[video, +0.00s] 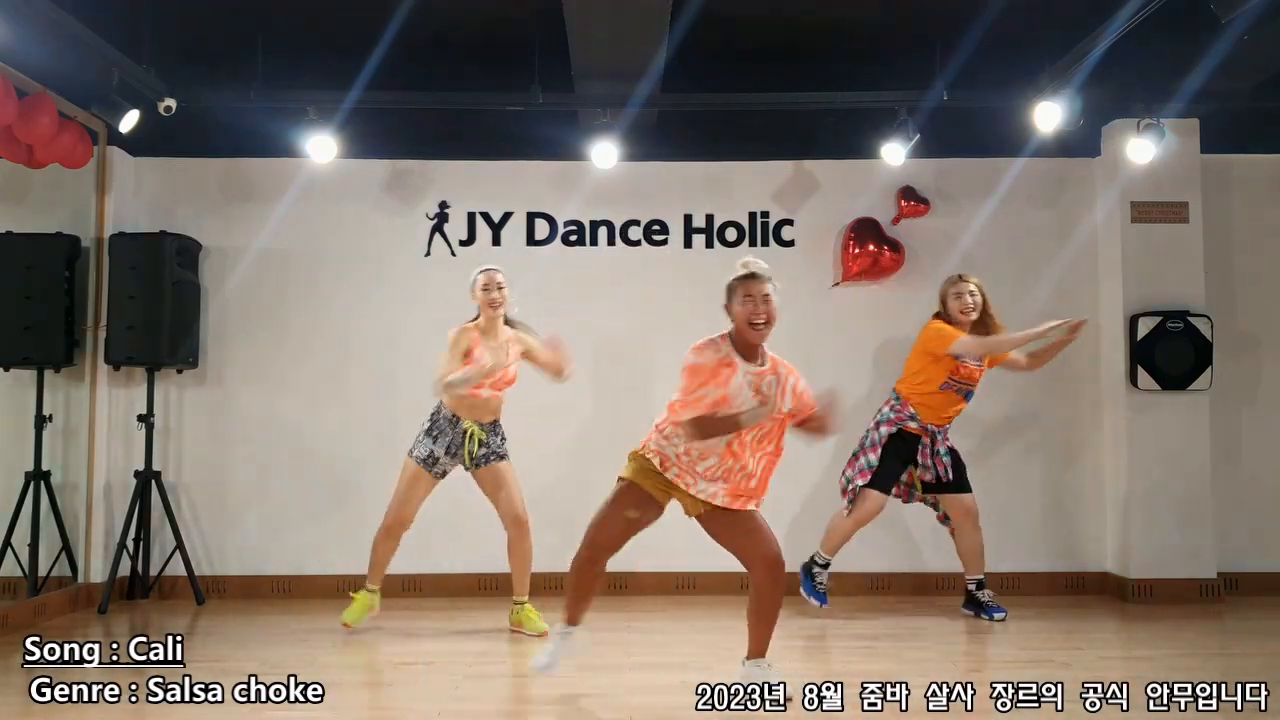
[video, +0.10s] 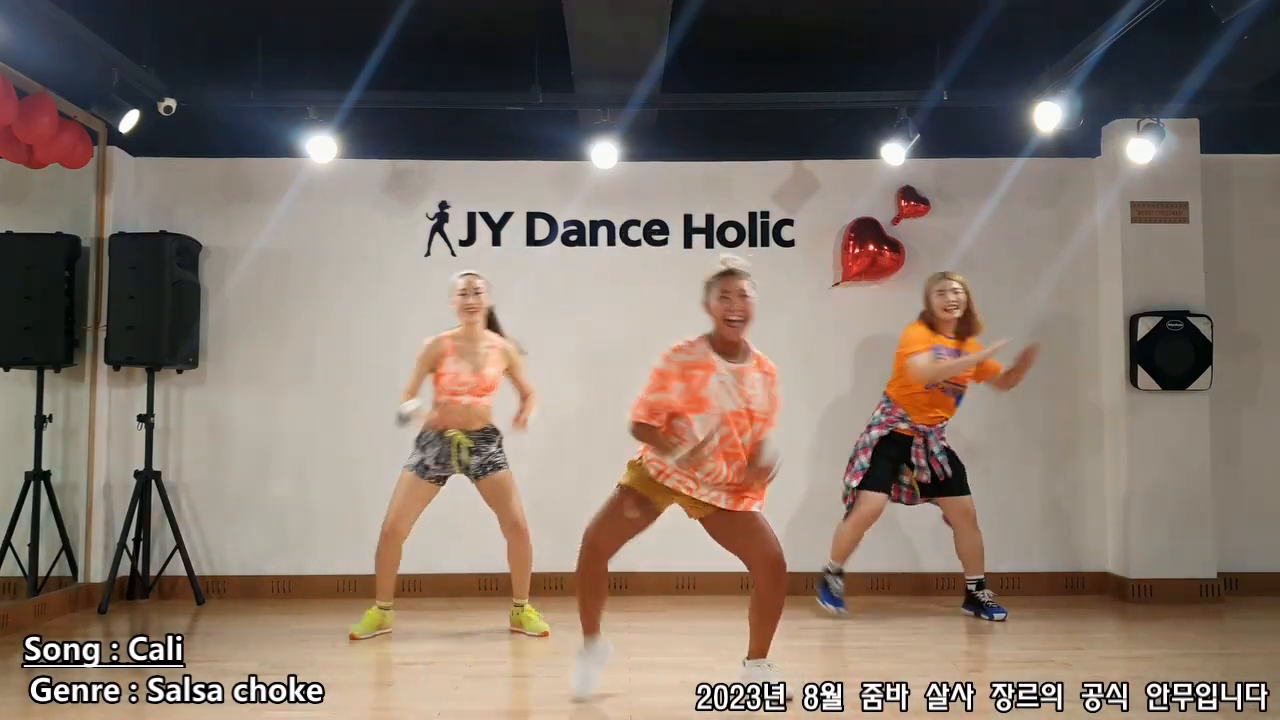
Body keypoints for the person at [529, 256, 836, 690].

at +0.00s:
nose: (759, 309)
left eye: (766, 299)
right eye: (747, 300)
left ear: (776, 307)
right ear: (729, 310)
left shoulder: (783, 376)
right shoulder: (706, 357)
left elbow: (810, 425)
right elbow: (699, 426)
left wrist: (824, 418)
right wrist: (753, 416)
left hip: (719, 489)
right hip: (662, 469)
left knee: (770, 564)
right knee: (595, 544)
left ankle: (755, 666)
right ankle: (568, 631)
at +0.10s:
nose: (736, 306)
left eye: (744, 297)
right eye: (725, 297)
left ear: (754, 306)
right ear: (708, 305)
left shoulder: (764, 374)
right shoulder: (681, 359)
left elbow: (759, 442)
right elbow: (641, 423)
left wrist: (760, 468)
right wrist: (672, 448)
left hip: (721, 490)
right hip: (661, 477)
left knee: (771, 563)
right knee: (594, 545)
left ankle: (756, 665)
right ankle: (591, 645)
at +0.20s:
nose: (708, 293)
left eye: (716, 284)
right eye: (697, 285)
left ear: (727, 293)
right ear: (682, 293)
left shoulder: (740, 360)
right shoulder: (654, 349)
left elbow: (739, 436)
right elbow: (617, 417)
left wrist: (734, 427)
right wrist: (638, 425)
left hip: (703, 472)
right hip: (645, 466)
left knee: (754, 559)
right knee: (603, 554)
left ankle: (755, 665)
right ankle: (602, 663)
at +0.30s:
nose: (683, 279)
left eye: (692, 269)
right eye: (673, 269)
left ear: (704, 279)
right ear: (657, 278)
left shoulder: (723, 336)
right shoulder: (635, 331)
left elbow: (747, 405)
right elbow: (595, 397)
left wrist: (736, 372)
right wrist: (622, 372)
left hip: (688, 454)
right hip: (630, 448)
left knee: (733, 550)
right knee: (604, 553)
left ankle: (736, 657)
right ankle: (601, 662)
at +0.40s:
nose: (666, 274)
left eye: (675, 265)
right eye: (656, 266)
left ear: (687, 275)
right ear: (641, 276)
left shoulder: (707, 329)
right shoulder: (620, 326)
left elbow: (744, 358)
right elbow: (587, 368)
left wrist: (756, 345)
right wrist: (593, 343)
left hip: (677, 455)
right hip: (620, 450)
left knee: (713, 549)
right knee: (601, 557)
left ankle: (689, 656)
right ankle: (602, 663)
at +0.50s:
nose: (654, 275)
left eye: (662, 267)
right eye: (643, 268)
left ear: (675, 278)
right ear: (629, 281)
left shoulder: (696, 330)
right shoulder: (616, 333)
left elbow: (752, 365)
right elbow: (565, 371)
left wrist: (725, 339)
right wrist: (584, 344)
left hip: (672, 461)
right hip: (614, 456)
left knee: (691, 562)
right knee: (576, 545)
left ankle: (670, 665)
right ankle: (589, 654)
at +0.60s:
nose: (641, 283)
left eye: (650, 275)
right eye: (631, 276)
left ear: (664, 286)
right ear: (618, 289)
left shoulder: (690, 341)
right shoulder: (602, 343)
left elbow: (735, 397)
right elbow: (559, 410)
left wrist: (701, 377)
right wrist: (584, 373)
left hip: (673, 471)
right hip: (612, 467)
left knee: (700, 566)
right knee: (547, 539)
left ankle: (672, 666)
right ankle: (557, 647)